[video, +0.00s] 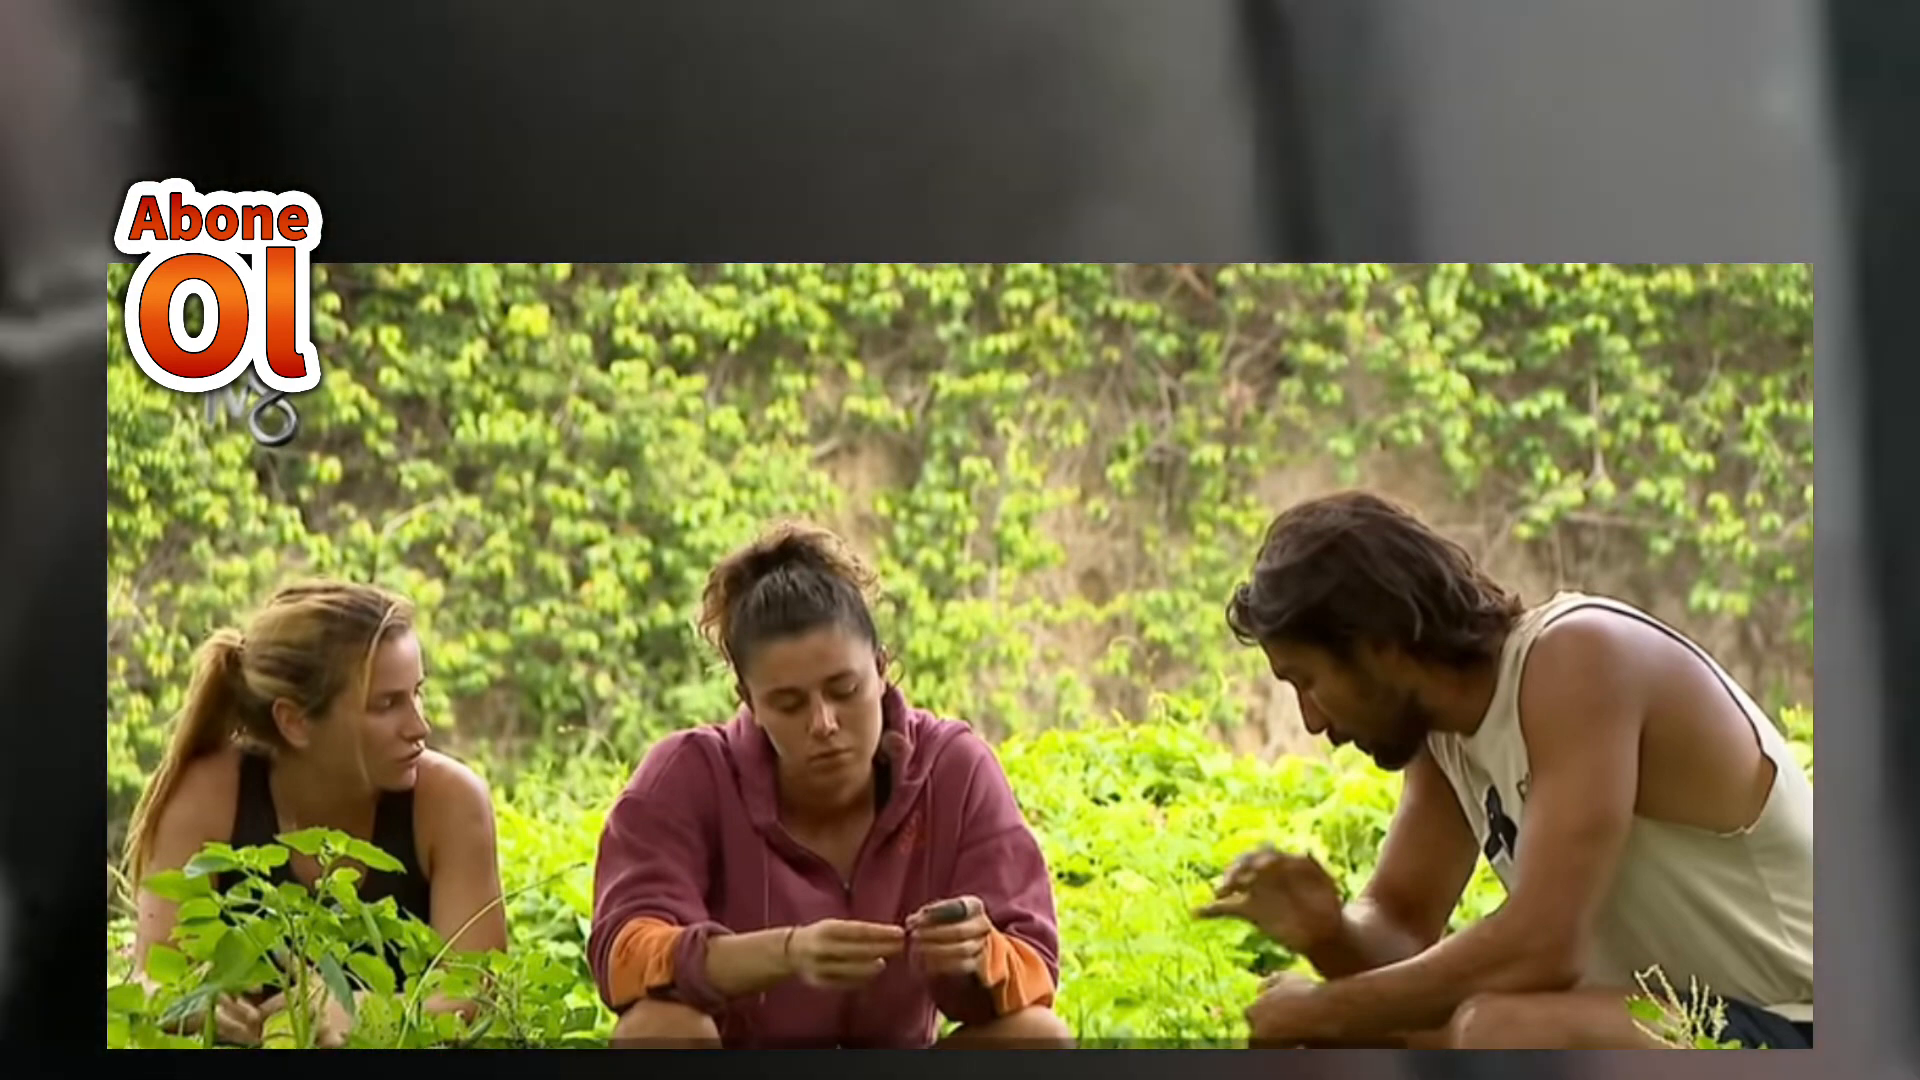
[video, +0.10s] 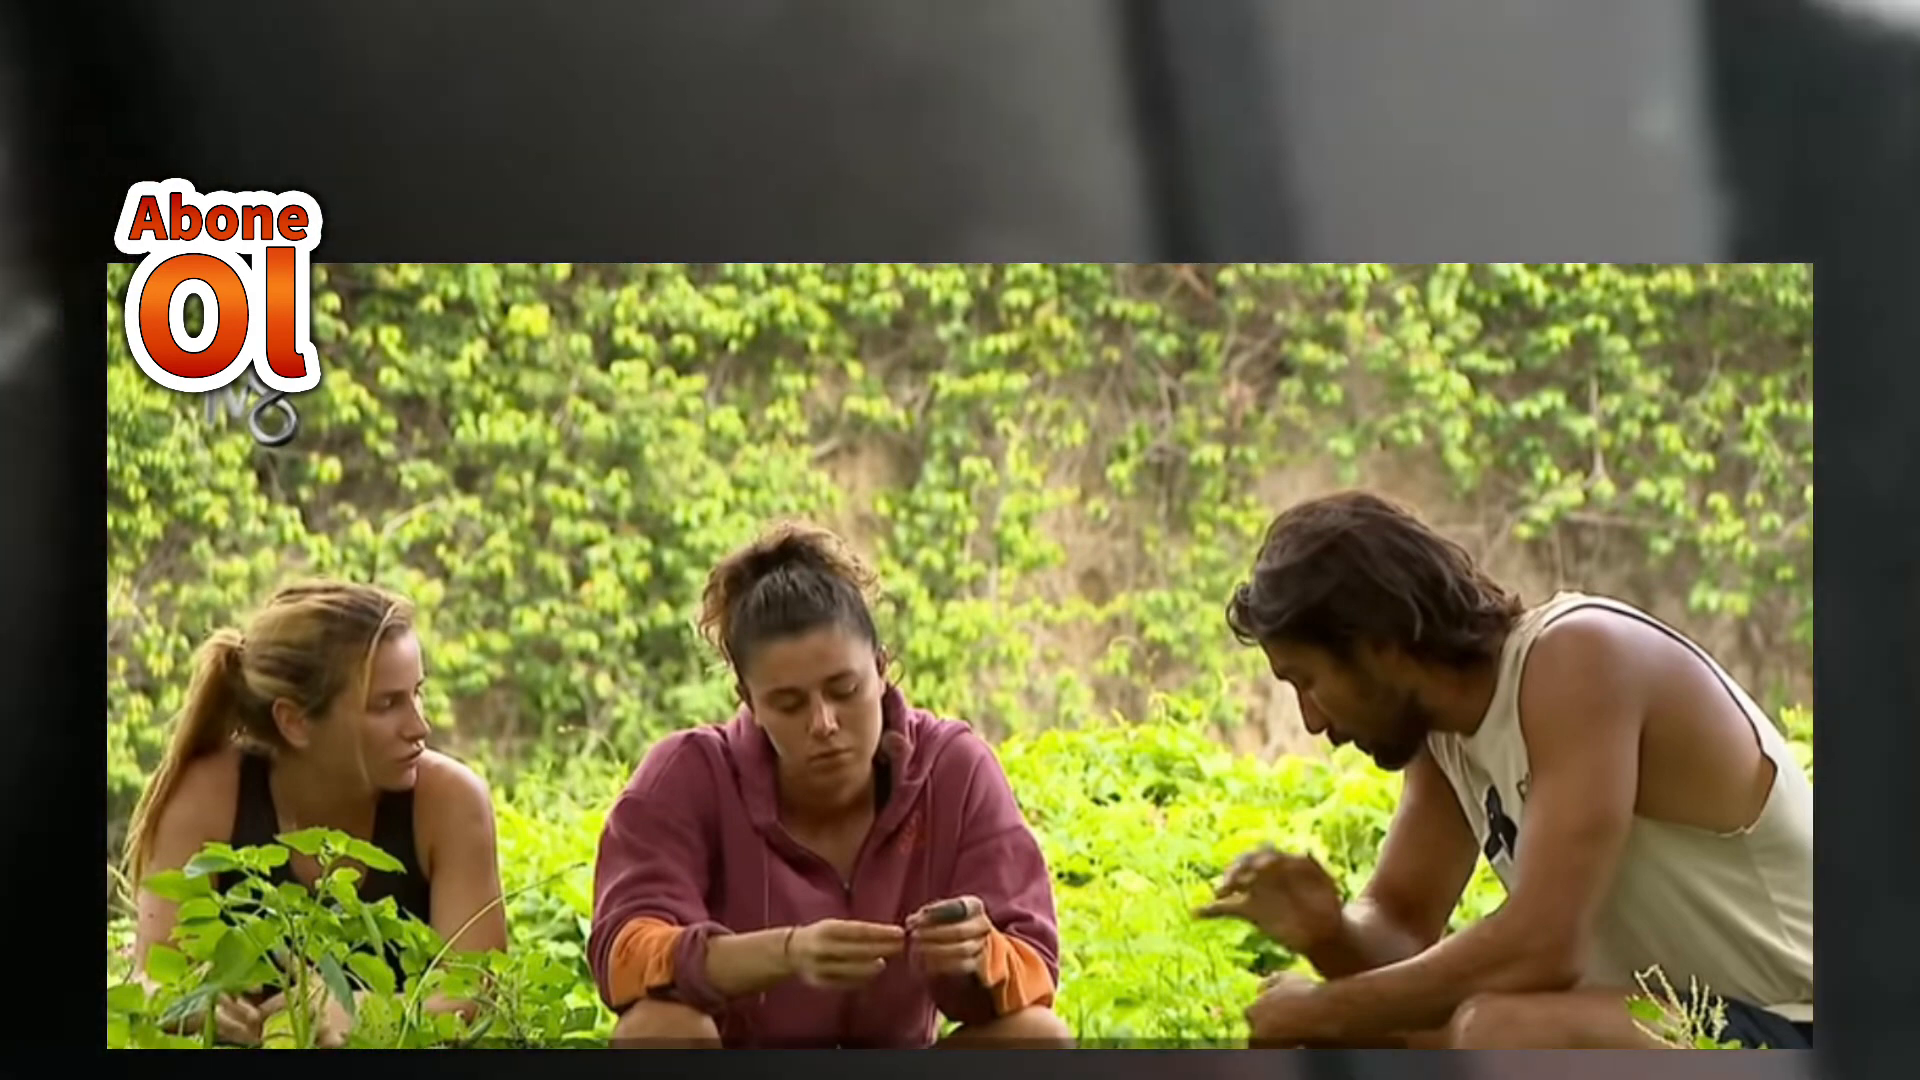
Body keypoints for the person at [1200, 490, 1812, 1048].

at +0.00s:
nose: (1311, 723)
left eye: (1306, 687)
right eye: (1295, 693)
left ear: (1384, 642)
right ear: (1384, 644)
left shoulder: (1584, 656)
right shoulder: (1450, 730)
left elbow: (1540, 950)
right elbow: (1403, 925)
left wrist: (1323, 1014)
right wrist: (1330, 934)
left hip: (1791, 1019)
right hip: (1656, 1005)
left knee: (1499, 1025)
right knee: (1370, 1028)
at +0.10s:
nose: (1310, 723)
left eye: (1306, 686)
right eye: (1295, 693)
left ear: (1385, 643)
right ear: (1385, 645)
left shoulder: (1584, 656)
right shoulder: (1451, 731)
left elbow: (1540, 950)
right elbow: (1403, 924)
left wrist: (1324, 1014)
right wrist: (1331, 933)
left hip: (1788, 1020)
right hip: (1659, 1004)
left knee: (1499, 1027)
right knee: (1378, 1027)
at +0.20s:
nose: (1310, 723)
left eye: (1306, 686)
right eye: (1295, 693)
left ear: (1385, 643)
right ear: (1385, 645)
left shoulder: (1584, 656)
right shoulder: (1451, 731)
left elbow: (1540, 950)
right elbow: (1402, 924)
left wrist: (1322, 1014)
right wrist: (1331, 933)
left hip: (1792, 1019)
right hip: (1660, 1004)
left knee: (1501, 1026)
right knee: (1375, 1032)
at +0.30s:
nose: (1310, 723)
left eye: (1306, 686)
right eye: (1295, 692)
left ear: (1385, 643)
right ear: (1385, 645)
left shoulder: (1584, 656)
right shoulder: (1451, 731)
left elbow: (1539, 950)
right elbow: (1402, 925)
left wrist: (1322, 1014)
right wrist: (1331, 933)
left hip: (1793, 1020)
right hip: (1658, 1005)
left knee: (1502, 1026)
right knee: (1364, 1034)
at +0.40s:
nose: (1310, 723)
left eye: (1306, 686)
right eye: (1295, 692)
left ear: (1385, 643)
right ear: (1385, 645)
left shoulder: (1584, 656)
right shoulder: (1451, 731)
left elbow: (1540, 950)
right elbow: (1402, 925)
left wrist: (1320, 1014)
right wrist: (1331, 933)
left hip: (1791, 1019)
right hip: (1656, 1004)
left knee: (1500, 1026)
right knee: (1362, 1034)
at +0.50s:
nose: (1310, 723)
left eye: (1305, 686)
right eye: (1295, 693)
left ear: (1385, 643)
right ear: (1385, 645)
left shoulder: (1584, 656)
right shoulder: (1451, 731)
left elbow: (1540, 950)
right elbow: (1403, 925)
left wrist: (1323, 1014)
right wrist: (1331, 933)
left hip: (1791, 1020)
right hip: (1659, 1004)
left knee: (1502, 1026)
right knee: (1375, 1032)